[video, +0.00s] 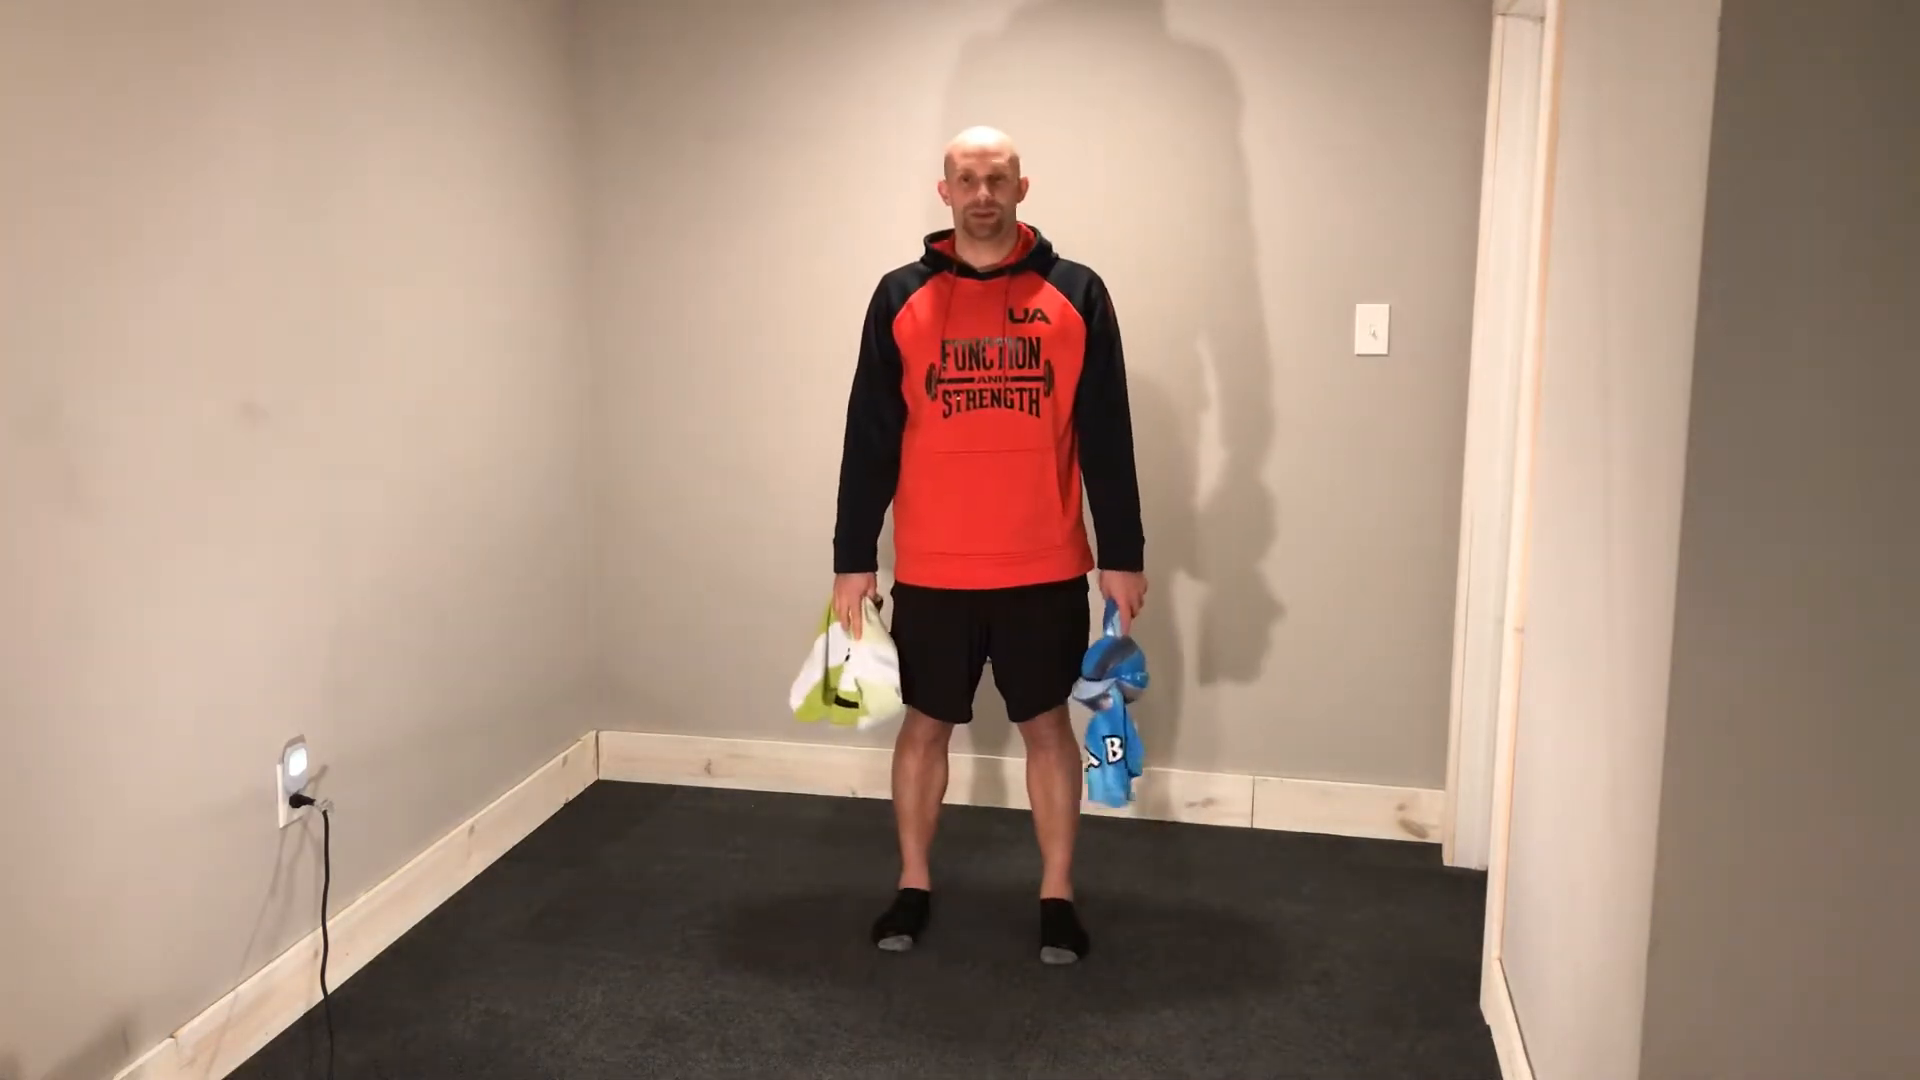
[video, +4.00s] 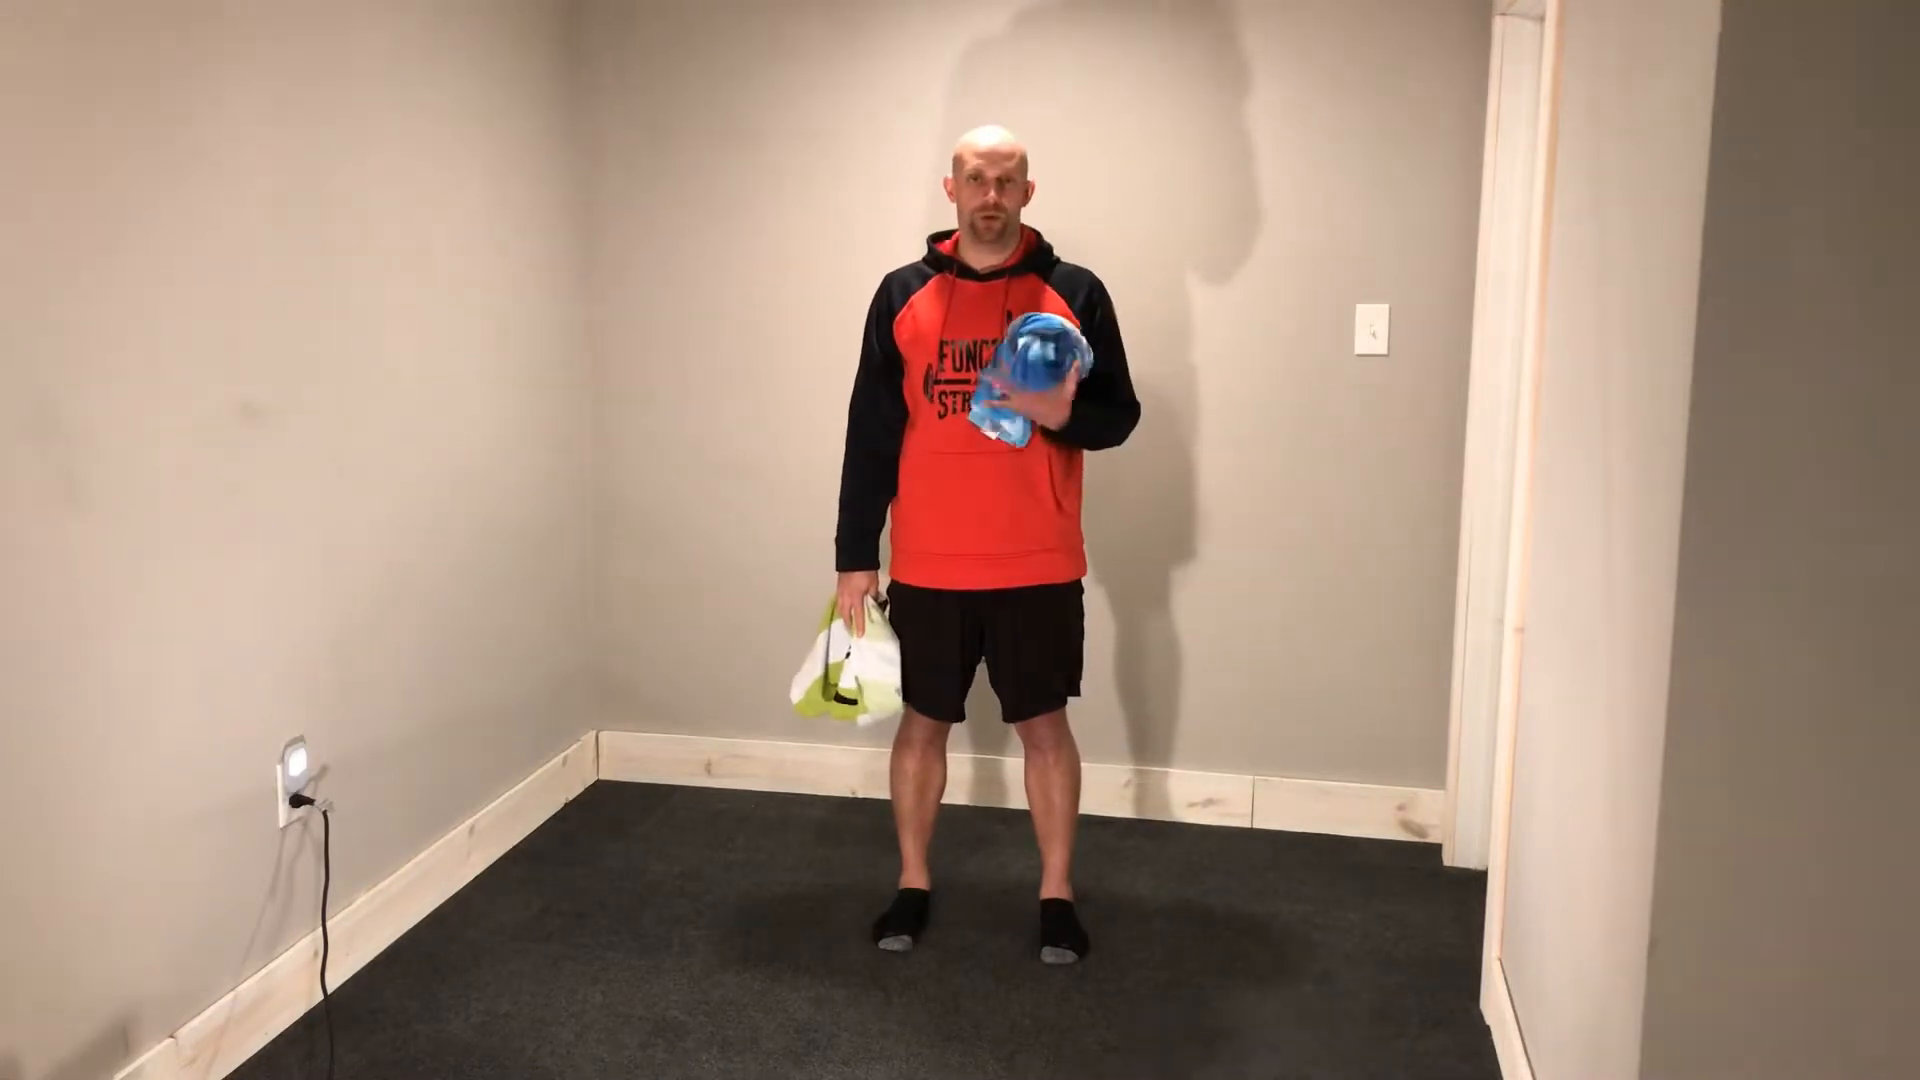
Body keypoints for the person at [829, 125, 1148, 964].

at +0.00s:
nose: (981, 192)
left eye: (995, 178)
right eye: (965, 179)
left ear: (1021, 188)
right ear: (944, 191)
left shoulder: (1076, 294)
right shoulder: (902, 297)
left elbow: (1106, 432)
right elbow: (870, 434)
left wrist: (1122, 553)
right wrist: (854, 557)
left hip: (1041, 564)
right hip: (933, 565)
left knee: (1046, 725)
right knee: (924, 726)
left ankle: (1058, 898)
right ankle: (911, 890)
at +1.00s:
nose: (987, 198)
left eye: (1001, 183)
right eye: (971, 184)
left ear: (1022, 190)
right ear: (946, 192)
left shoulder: (1075, 292)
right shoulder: (904, 296)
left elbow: (1113, 420)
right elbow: (873, 433)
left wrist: (1131, 532)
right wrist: (859, 557)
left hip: (1044, 562)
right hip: (936, 563)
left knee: (1048, 725)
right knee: (926, 723)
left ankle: (1057, 897)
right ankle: (912, 887)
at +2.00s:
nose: (994, 194)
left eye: (1005, 179)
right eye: (977, 182)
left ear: (1027, 185)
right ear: (950, 196)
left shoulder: (1085, 290)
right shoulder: (911, 296)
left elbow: (1127, 410)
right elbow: (880, 434)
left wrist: (1078, 469)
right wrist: (864, 559)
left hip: (1044, 553)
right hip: (939, 556)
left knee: (1048, 723)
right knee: (928, 720)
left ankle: (1057, 896)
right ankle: (912, 886)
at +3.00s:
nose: (986, 195)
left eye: (999, 180)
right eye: (969, 182)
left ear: (1024, 188)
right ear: (947, 193)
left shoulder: (1079, 294)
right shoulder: (907, 297)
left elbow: (1123, 412)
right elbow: (873, 434)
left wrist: (1098, 439)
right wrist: (856, 558)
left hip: (1038, 560)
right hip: (933, 561)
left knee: (1044, 724)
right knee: (924, 723)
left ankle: (1057, 896)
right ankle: (911, 888)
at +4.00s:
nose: (993, 194)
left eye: (1007, 181)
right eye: (979, 180)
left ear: (1027, 191)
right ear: (952, 188)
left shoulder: (1076, 294)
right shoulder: (904, 294)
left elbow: (1119, 417)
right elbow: (871, 431)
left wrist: (1065, 414)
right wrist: (856, 555)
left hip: (1036, 563)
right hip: (931, 563)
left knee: (1043, 726)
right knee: (923, 724)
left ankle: (1058, 896)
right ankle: (911, 888)